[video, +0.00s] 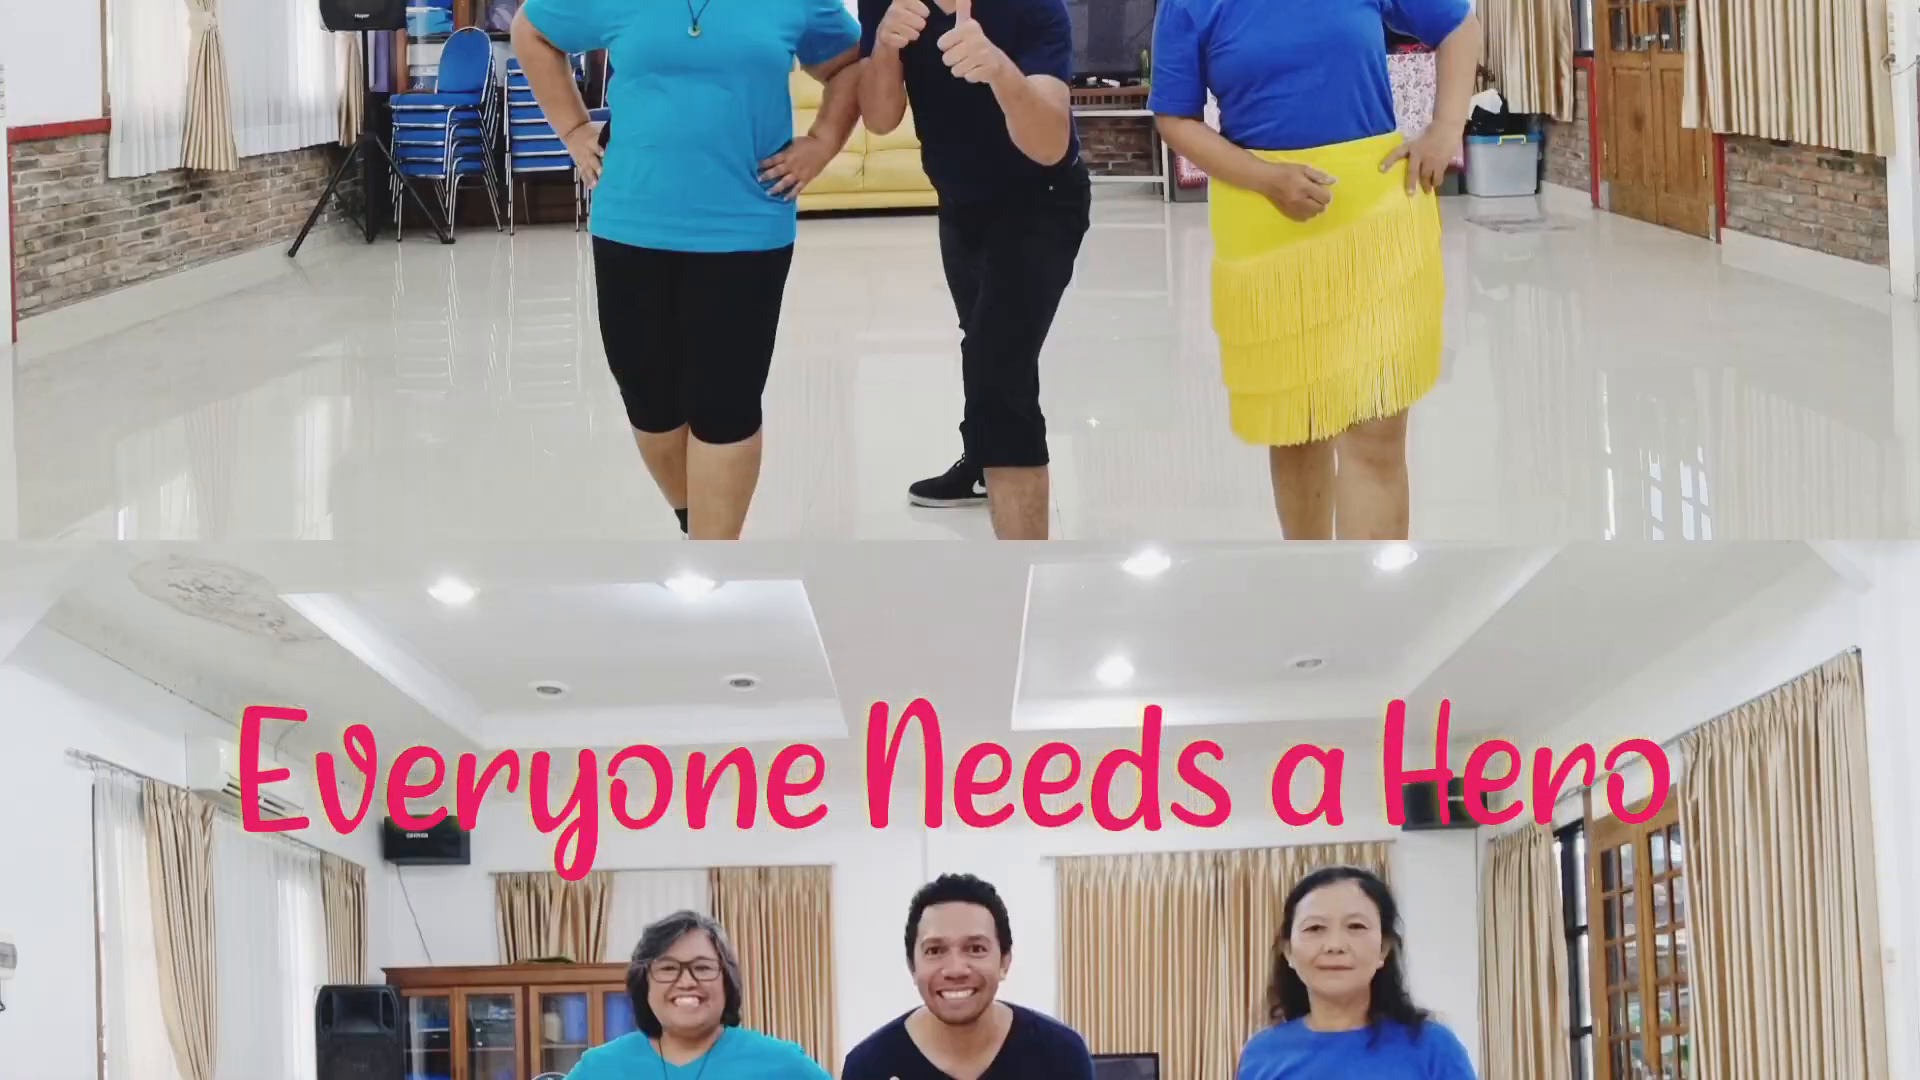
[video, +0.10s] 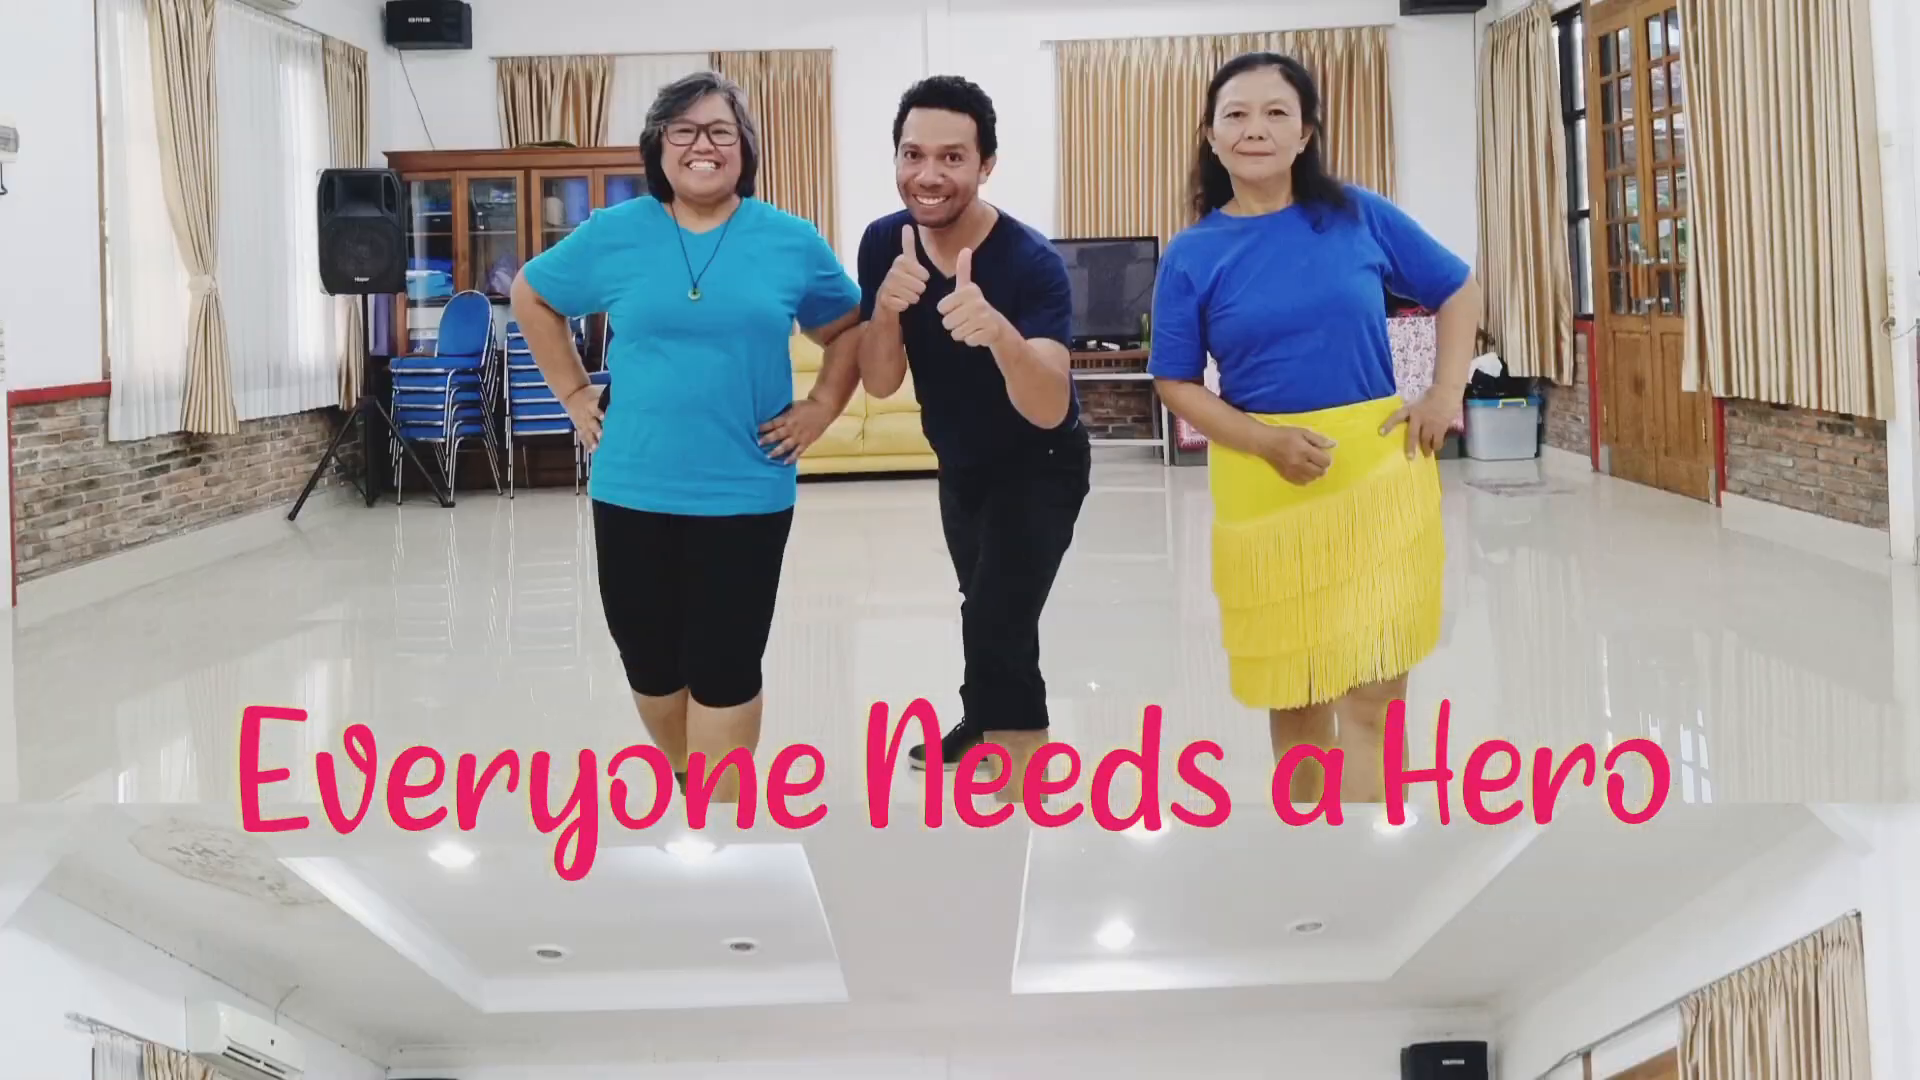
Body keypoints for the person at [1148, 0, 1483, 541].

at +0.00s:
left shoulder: (1369, 2)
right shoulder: (1190, 5)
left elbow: (1460, 24)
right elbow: (1174, 119)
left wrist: (1446, 126)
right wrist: (1266, 176)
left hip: (1377, 211)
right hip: (1266, 224)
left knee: (1379, 433)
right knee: (1297, 439)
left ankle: (1380, 613)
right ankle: (1312, 614)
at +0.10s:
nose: (1254, 129)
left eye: (1276, 114)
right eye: (1234, 115)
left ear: (1305, 130)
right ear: (1212, 134)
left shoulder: (1360, 216)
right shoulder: (1193, 253)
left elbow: (1461, 291)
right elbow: (1172, 382)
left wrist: (1447, 389)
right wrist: (1262, 438)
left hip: (1379, 475)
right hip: (1266, 488)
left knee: (1374, 696)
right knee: (1296, 702)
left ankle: (1368, 864)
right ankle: (1306, 870)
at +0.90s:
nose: (1254, 405)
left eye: (1276, 390)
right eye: (1235, 391)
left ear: (1305, 407)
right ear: (1212, 410)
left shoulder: (1359, 491)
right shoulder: (1192, 531)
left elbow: (1460, 566)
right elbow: (1172, 661)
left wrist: (1447, 667)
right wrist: (1261, 712)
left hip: (1378, 757)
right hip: (1267, 771)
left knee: (1377, 975)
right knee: (1296, 979)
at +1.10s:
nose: (1254, 405)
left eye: (1276, 390)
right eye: (1234, 391)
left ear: (1305, 407)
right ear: (1212, 410)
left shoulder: (1359, 491)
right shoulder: (1192, 530)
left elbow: (1460, 565)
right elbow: (1172, 661)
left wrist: (1447, 667)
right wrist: (1261, 712)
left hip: (1376, 758)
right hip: (1266, 771)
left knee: (1376, 976)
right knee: (1296, 979)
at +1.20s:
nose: (1254, 405)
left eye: (1276, 390)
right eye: (1235, 391)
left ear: (1305, 408)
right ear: (1212, 410)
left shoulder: (1359, 491)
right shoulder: (1192, 530)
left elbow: (1460, 565)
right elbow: (1172, 661)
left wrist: (1447, 667)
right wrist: (1261, 713)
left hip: (1377, 758)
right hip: (1266, 771)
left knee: (1376, 977)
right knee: (1296, 979)